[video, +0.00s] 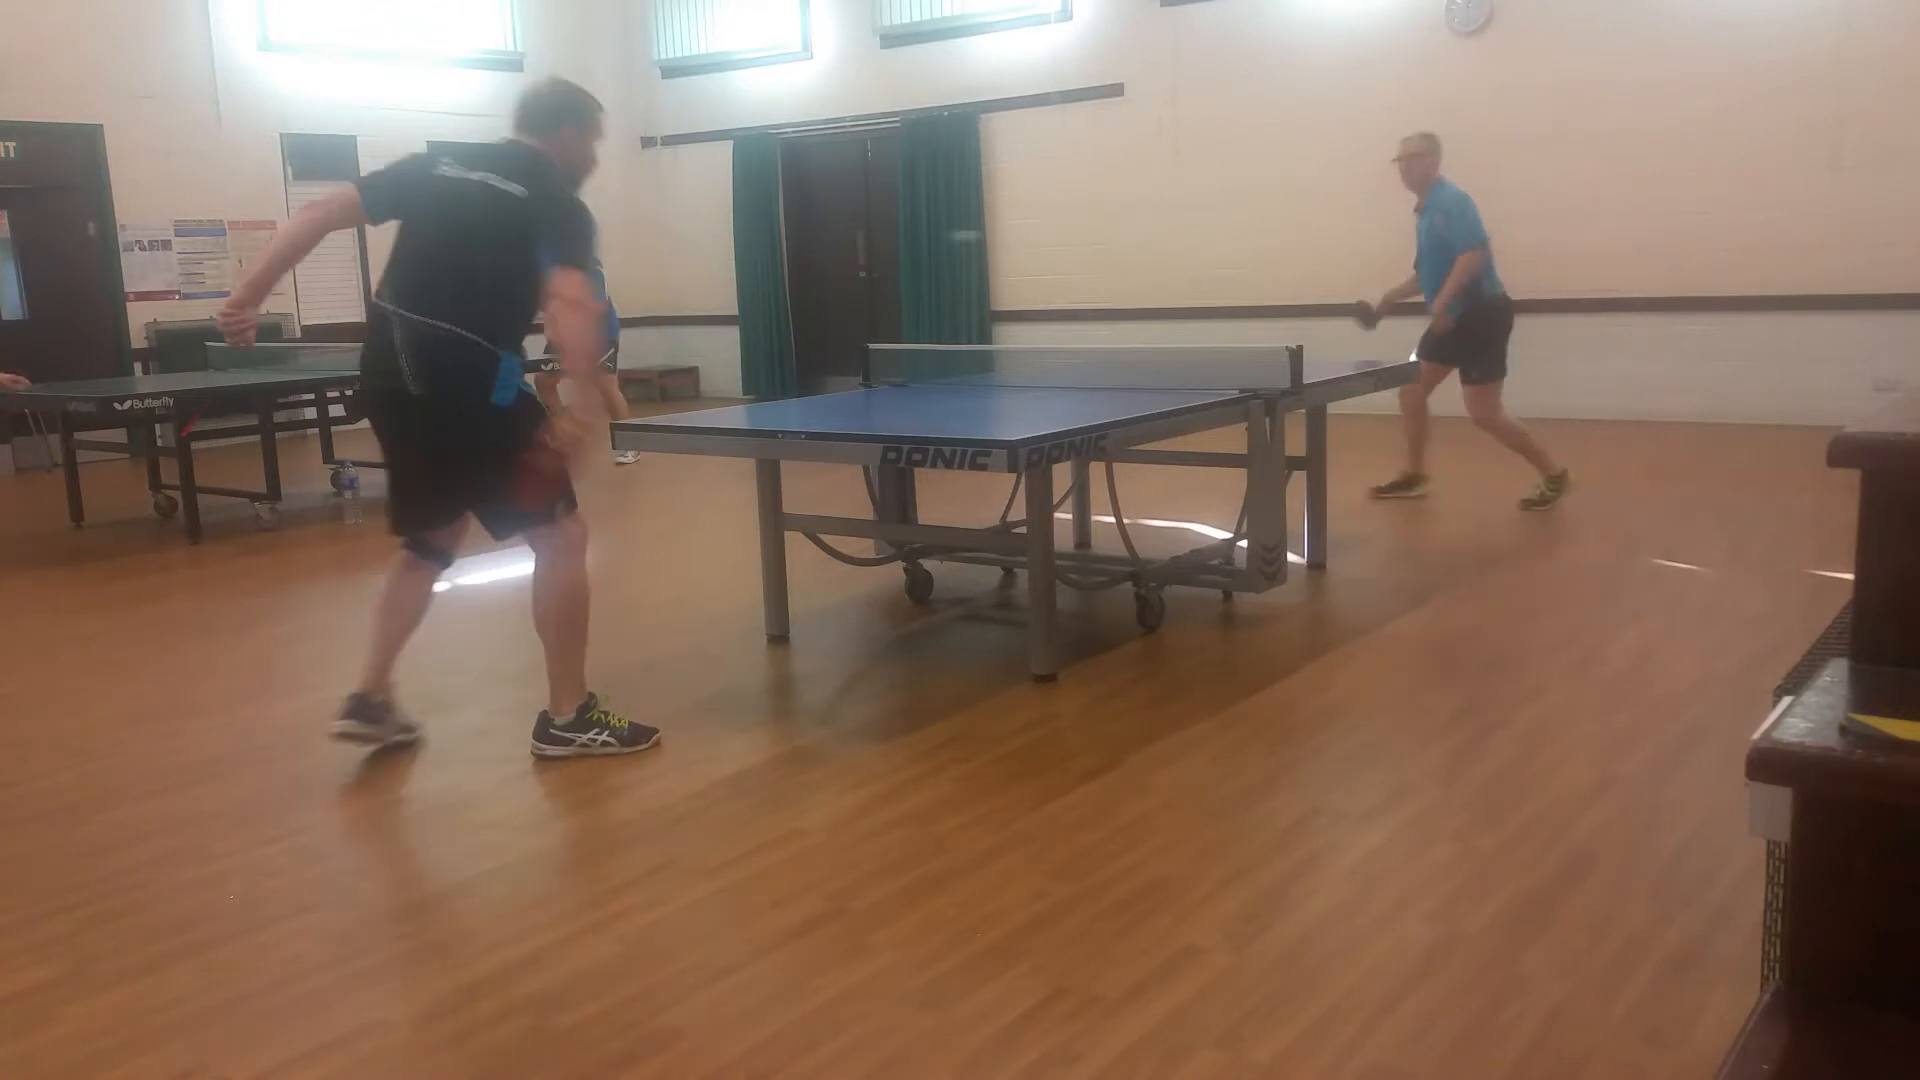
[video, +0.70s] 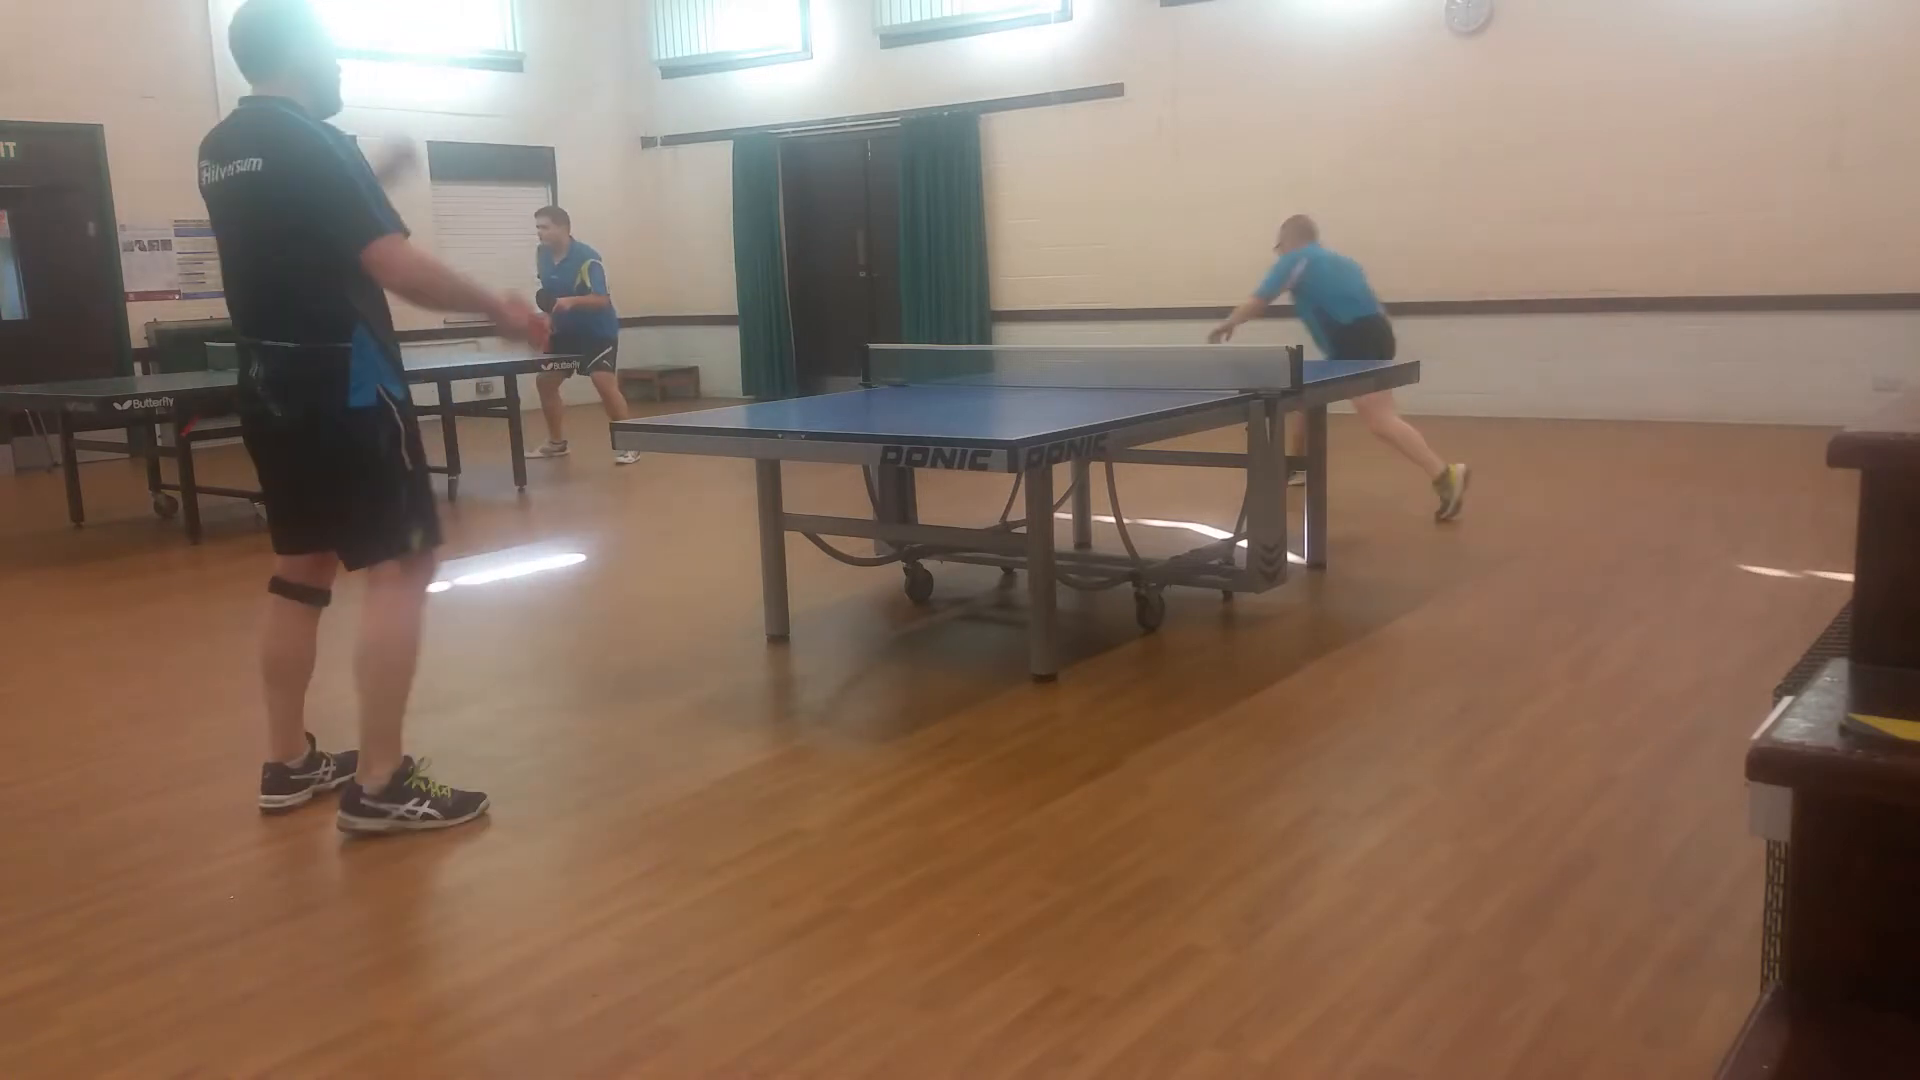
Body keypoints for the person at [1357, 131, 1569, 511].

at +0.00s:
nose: (1403, 168)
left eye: (1411, 160)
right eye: (1401, 161)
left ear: (1432, 162)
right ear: (1403, 165)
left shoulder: (1453, 201)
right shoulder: (1428, 208)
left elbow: (1473, 256)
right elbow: (1427, 272)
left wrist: (1440, 306)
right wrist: (1388, 298)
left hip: (1484, 312)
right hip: (1454, 315)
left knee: (1484, 412)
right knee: (1412, 389)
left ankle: (1554, 475)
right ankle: (1414, 474)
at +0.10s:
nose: (1379, 183)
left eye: (1385, 175)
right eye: (1378, 176)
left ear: (1408, 174)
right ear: (1398, 177)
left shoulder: (1428, 212)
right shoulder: (1411, 216)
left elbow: (1440, 270)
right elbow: (1417, 282)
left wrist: (1405, 315)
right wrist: (1377, 310)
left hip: (1471, 318)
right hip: (1443, 320)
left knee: (1454, 421)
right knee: (1400, 393)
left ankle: (1535, 468)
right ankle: (1408, 477)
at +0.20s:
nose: (1361, 191)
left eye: (1367, 183)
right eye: (1360, 184)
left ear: (1390, 181)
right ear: (1384, 185)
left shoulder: (1411, 216)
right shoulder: (1399, 220)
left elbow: (1416, 277)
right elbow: (1409, 281)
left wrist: (1380, 315)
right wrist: (1375, 309)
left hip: (1461, 316)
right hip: (1439, 319)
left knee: (1418, 408)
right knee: (1393, 394)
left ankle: (1499, 468)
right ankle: (1409, 476)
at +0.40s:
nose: (1337, 214)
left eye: (1342, 206)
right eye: (1337, 207)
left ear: (1362, 203)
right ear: (1370, 204)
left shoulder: (1377, 233)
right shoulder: (1392, 230)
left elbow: (1362, 293)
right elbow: (1397, 296)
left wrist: (1332, 323)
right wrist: (1358, 309)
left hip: (1430, 330)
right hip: (1423, 328)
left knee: (1406, 424)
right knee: (1358, 383)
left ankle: (1480, 491)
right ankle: (1380, 464)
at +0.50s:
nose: (1322, 227)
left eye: (1323, 218)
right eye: (1320, 219)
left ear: (1340, 214)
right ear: (1355, 212)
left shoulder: (1352, 239)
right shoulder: (1379, 236)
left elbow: (1328, 296)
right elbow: (1381, 295)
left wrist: (1298, 322)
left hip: (1406, 336)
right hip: (1423, 331)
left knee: (1402, 426)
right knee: (1349, 390)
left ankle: (1475, 488)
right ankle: (1330, 462)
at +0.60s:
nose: (1301, 238)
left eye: (1302, 229)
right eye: (1300, 230)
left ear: (1316, 224)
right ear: (1331, 222)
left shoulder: (1326, 246)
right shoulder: (1355, 245)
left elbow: (1292, 297)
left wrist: (1258, 321)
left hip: (1379, 337)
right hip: (1395, 334)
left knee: (1394, 421)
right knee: (1330, 404)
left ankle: (1463, 479)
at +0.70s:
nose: (1280, 253)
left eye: (1281, 248)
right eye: (1280, 249)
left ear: (1290, 241)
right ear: (1311, 237)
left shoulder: (1295, 258)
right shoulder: (1337, 260)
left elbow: (1256, 303)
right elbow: (1364, 300)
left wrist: (1229, 324)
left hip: (1355, 339)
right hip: (1380, 334)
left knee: (1381, 420)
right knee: (1302, 390)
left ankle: (1444, 475)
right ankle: (1296, 462)